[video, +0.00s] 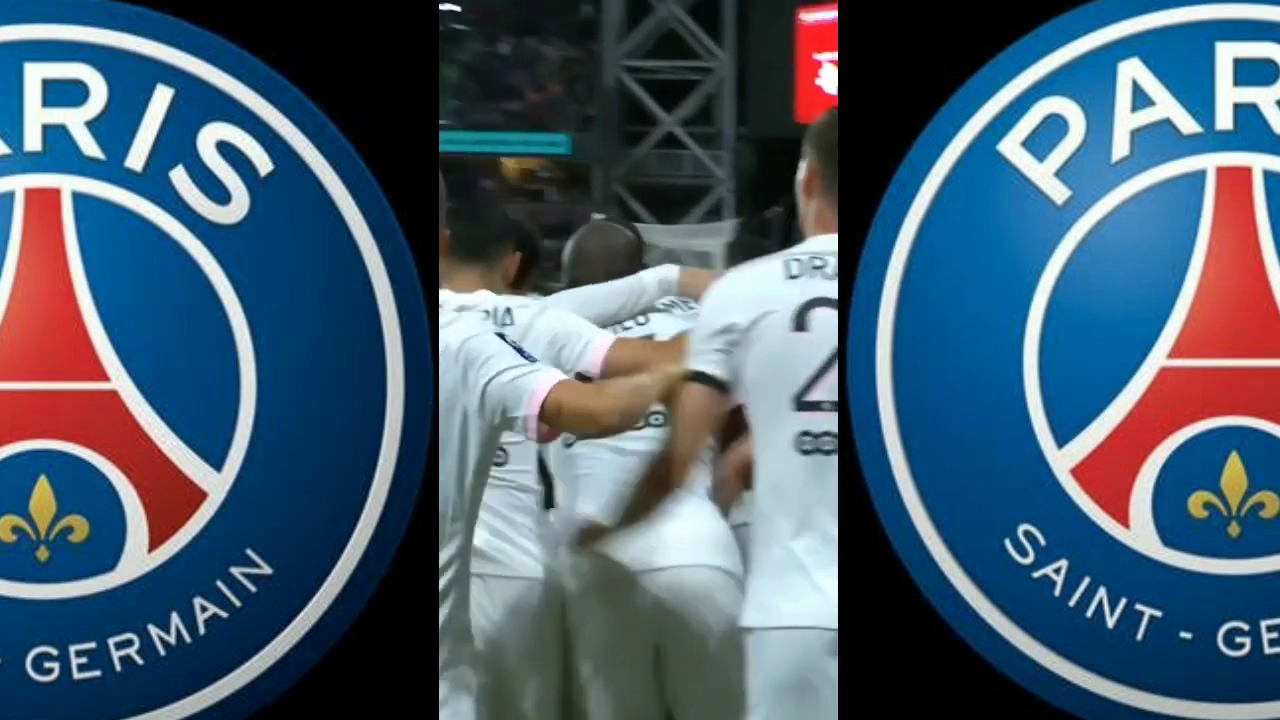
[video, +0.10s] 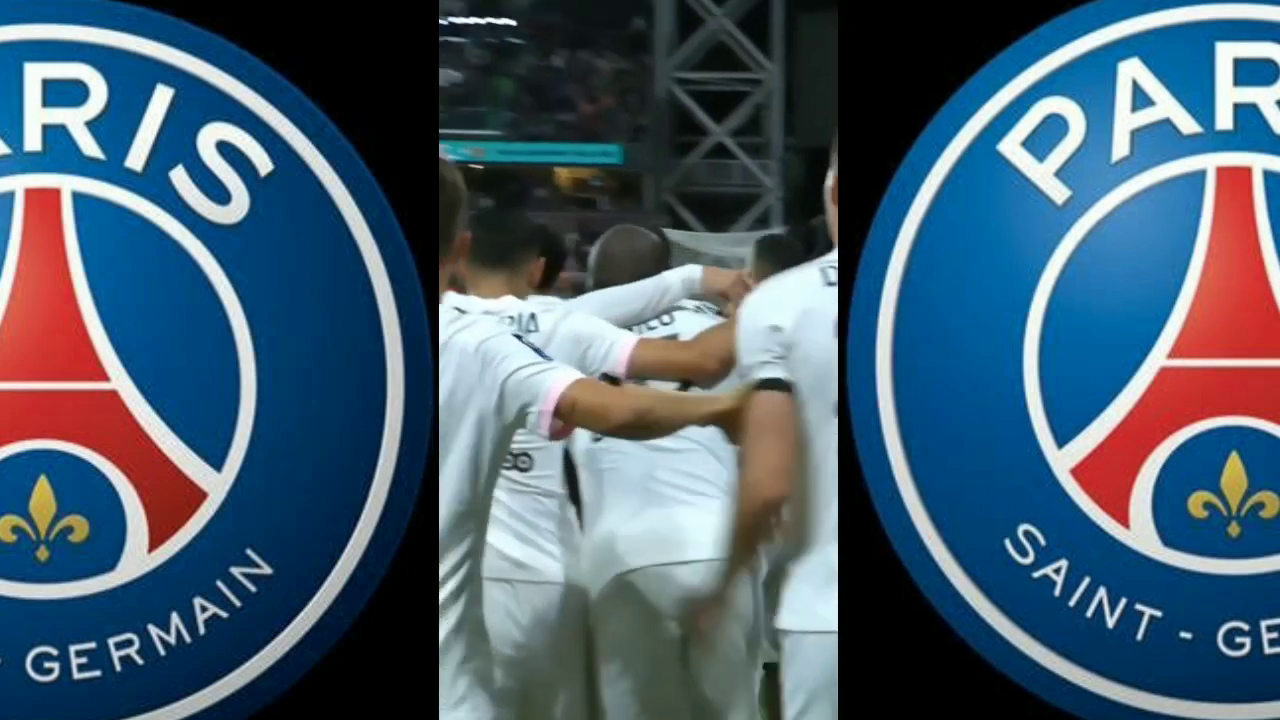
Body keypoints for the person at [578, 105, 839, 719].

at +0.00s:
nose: (799, 178)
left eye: (802, 167)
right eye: (804, 166)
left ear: (808, 176)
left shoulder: (745, 288)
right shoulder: (920, 284)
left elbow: (679, 461)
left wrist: (614, 528)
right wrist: (754, 460)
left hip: (800, 608)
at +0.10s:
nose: (830, 188)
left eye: (831, 177)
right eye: (834, 176)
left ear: (833, 191)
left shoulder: (781, 302)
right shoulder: (962, 288)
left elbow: (768, 487)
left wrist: (719, 587)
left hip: (826, 604)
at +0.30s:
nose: (626, 288)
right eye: (622, 277)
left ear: (537, 271)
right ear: (609, 279)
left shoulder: (509, 331)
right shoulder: (625, 332)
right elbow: (758, 367)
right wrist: (804, 332)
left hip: (520, 573)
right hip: (616, 572)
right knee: (625, 710)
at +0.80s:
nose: (627, 287)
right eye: (621, 275)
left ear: (537, 271)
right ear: (608, 278)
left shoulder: (510, 330)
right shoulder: (626, 332)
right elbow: (759, 367)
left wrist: (750, 287)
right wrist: (808, 329)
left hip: (522, 572)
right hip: (619, 571)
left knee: (554, 710)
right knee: (624, 710)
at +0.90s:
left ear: (577, 280)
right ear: (652, 282)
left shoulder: (536, 355)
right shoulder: (674, 353)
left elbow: (465, 470)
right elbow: (780, 431)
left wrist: (524, 480)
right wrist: (839, 443)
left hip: (551, 622)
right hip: (650, 625)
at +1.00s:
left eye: (587, 275)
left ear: (592, 277)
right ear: (667, 285)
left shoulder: (541, 347)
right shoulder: (693, 363)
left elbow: (463, 473)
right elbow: (799, 457)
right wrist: (828, 505)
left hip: (553, 620)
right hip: (653, 626)